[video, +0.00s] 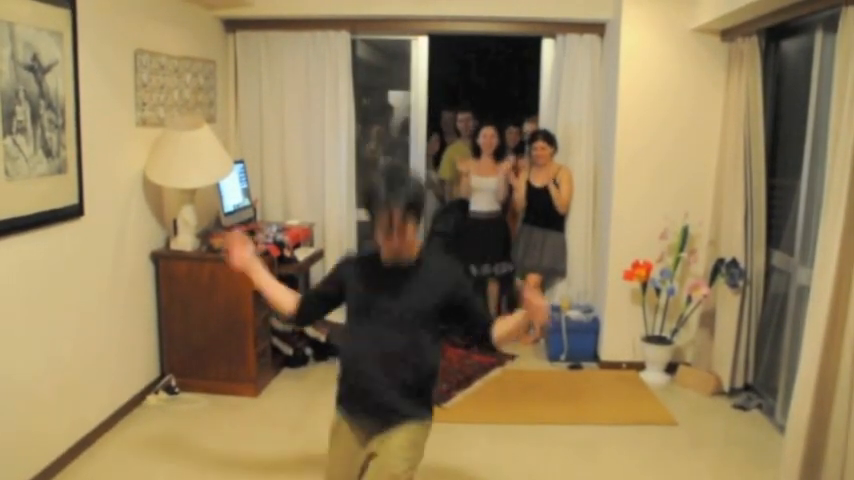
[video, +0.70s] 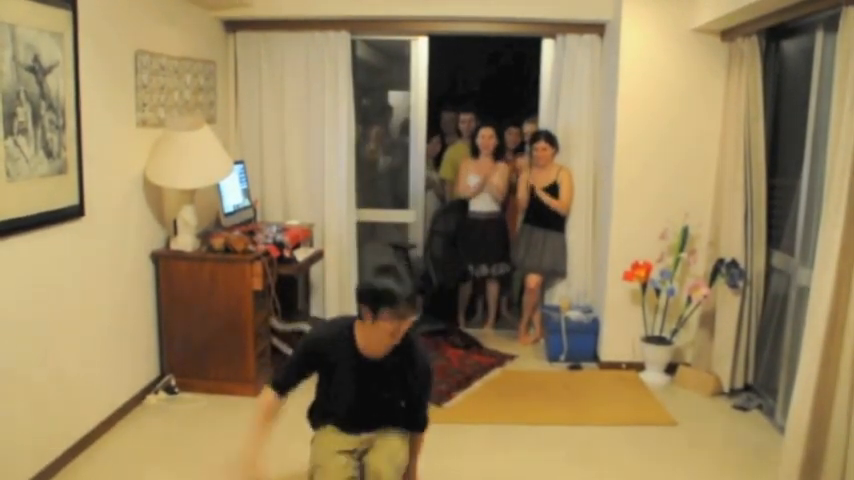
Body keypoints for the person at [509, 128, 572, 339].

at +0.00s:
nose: (538, 153)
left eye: (543, 148)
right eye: (535, 148)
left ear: (552, 150)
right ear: (530, 152)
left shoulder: (562, 173)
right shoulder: (526, 173)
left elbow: (562, 207)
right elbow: (519, 207)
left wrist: (551, 185)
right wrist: (517, 184)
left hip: (550, 232)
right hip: (528, 229)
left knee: (533, 281)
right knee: (527, 283)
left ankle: (532, 327)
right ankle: (533, 327)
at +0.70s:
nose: (539, 154)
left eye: (544, 149)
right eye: (536, 149)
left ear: (554, 151)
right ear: (532, 152)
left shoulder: (562, 173)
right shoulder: (528, 174)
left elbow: (564, 208)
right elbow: (522, 201)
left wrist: (541, 194)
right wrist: (523, 177)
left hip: (551, 231)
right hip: (530, 229)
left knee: (533, 281)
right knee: (533, 284)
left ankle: (523, 325)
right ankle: (538, 328)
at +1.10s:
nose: (539, 154)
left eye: (544, 149)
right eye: (536, 149)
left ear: (553, 151)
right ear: (532, 152)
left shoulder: (563, 174)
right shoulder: (528, 174)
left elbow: (563, 208)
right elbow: (522, 201)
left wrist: (536, 196)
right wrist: (524, 175)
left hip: (550, 231)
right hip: (529, 228)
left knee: (533, 281)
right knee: (532, 285)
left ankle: (523, 325)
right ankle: (538, 329)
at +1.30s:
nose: (539, 153)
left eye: (544, 148)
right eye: (536, 148)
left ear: (553, 151)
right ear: (532, 151)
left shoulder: (563, 173)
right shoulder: (526, 174)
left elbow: (564, 207)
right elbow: (521, 204)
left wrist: (543, 195)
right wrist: (520, 196)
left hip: (551, 231)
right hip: (529, 228)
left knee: (533, 280)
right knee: (533, 284)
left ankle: (523, 324)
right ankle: (538, 328)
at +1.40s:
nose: (540, 153)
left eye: (544, 148)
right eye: (536, 148)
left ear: (554, 150)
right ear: (532, 150)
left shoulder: (562, 173)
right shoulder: (526, 173)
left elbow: (563, 207)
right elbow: (520, 204)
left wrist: (553, 186)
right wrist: (512, 184)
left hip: (551, 231)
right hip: (530, 228)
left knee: (532, 280)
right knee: (535, 284)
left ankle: (523, 323)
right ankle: (538, 327)